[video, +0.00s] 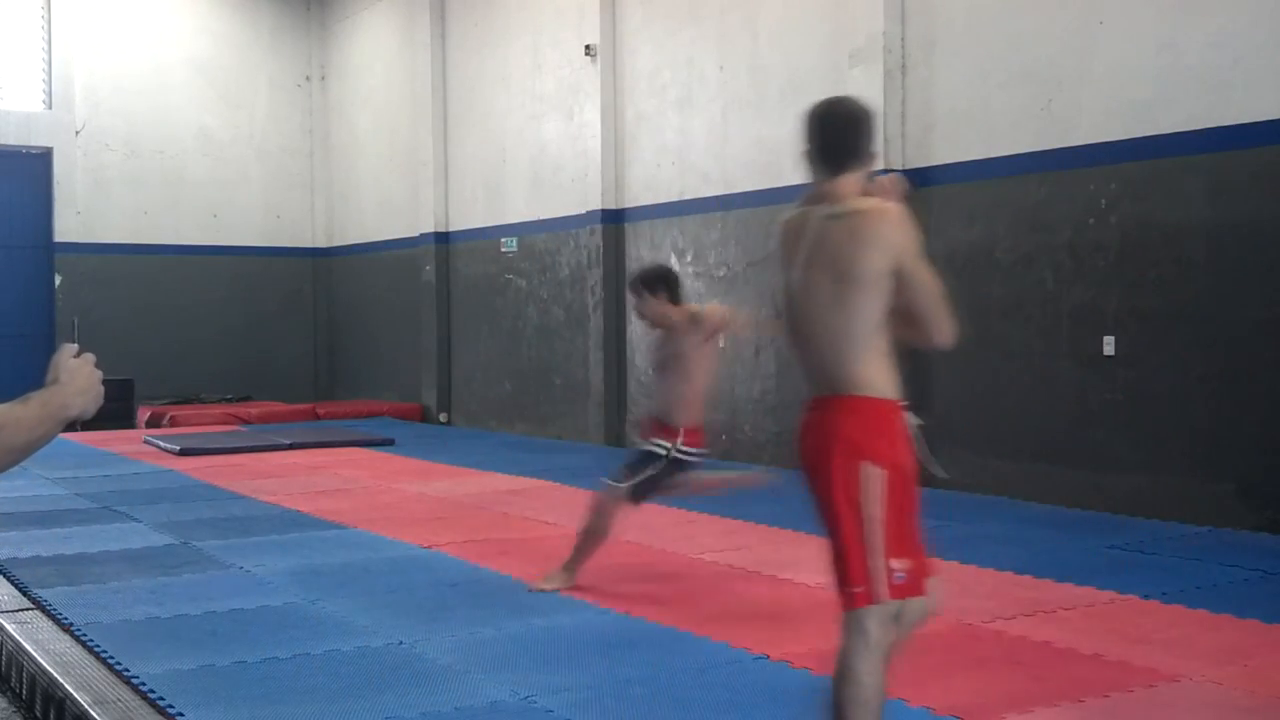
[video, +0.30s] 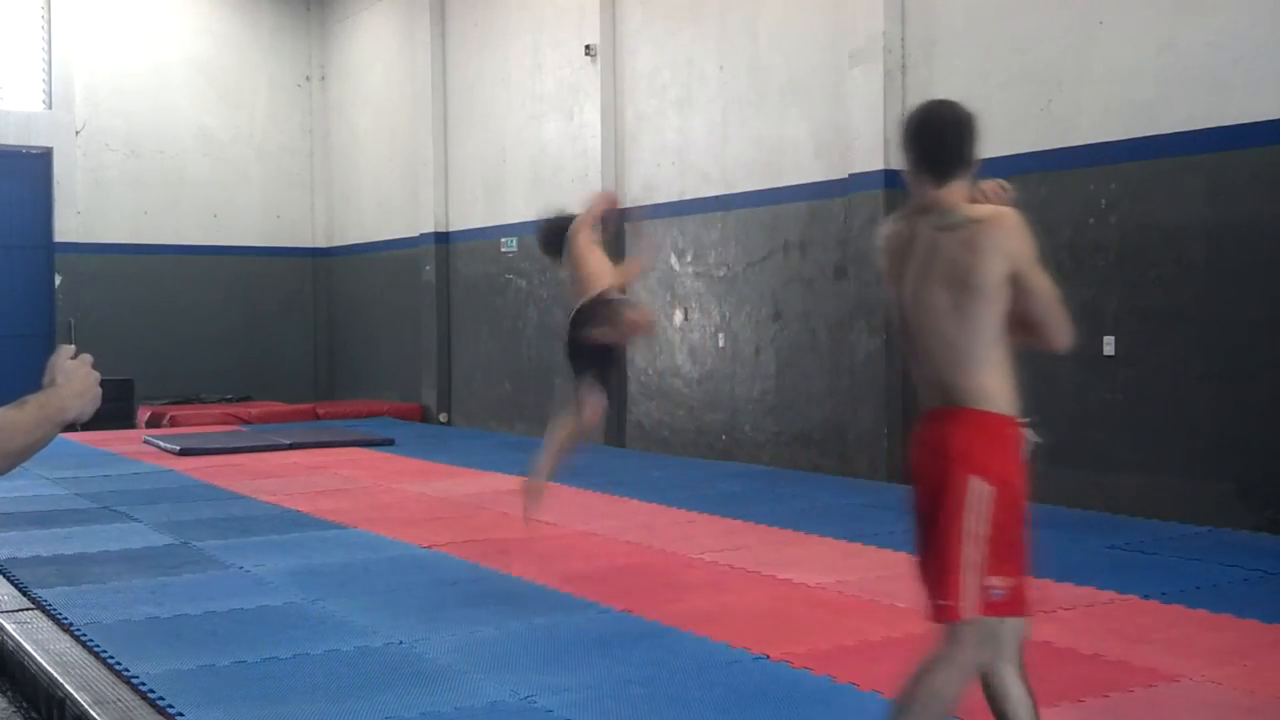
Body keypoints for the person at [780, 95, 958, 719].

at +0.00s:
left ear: (811, 152)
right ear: (869, 150)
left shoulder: (795, 226)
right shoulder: (885, 218)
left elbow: (828, 313)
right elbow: (938, 329)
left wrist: (876, 209)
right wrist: (865, 303)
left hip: (831, 430)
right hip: (867, 436)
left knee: (916, 598)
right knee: (867, 623)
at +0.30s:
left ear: (907, 160)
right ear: (971, 156)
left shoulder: (894, 235)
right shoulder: (1000, 227)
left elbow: (945, 299)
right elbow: (1056, 331)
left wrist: (980, 210)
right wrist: (981, 307)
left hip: (939, 438)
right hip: (982, 443)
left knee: (1001, 637)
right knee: (969, 639)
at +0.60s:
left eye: (998, 137)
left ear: (989, 144)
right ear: (1056, 141)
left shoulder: (969, 223)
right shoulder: (1087, 213)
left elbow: (1019, 302)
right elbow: (1143, 321)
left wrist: (1078, 207)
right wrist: (1068, 303)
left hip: (1009, 442)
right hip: (1078, 441)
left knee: (1034, 624)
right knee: (1183, 595)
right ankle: (1127, 714)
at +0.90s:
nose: (1079, 152)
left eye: (1079, 142)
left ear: (1083, 144)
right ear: (1149, 144)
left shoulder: (1042, 237)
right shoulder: (1202, 233)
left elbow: (993, 339)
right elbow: (1258, 357)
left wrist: (1056, 300)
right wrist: (1202, 321)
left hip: (1083, 448)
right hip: (1171, 450)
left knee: (1065, 634)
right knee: (1204, 635)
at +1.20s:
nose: (1152, 162)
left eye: (1153, 150)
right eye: (1153, 150)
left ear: (1170, 152)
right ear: (1227, 150)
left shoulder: (1124, 235)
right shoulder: (1270, 231)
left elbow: (1098, 357)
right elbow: (1269, 350)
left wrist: (1165, 356)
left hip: (1156, 448)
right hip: (1248, 448)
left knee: (1114, 623)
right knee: (1245, 637)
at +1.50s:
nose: (1186, 159)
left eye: (1187, 147)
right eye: (1187, 147)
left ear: (1203, 153)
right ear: (1261, 151)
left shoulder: (1158, 240)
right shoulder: (1279, 229)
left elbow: (1078, 346)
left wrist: (1142, 399)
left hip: (1205, 468)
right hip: (1274, 460)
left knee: (1220, 675)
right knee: (1269, 669)